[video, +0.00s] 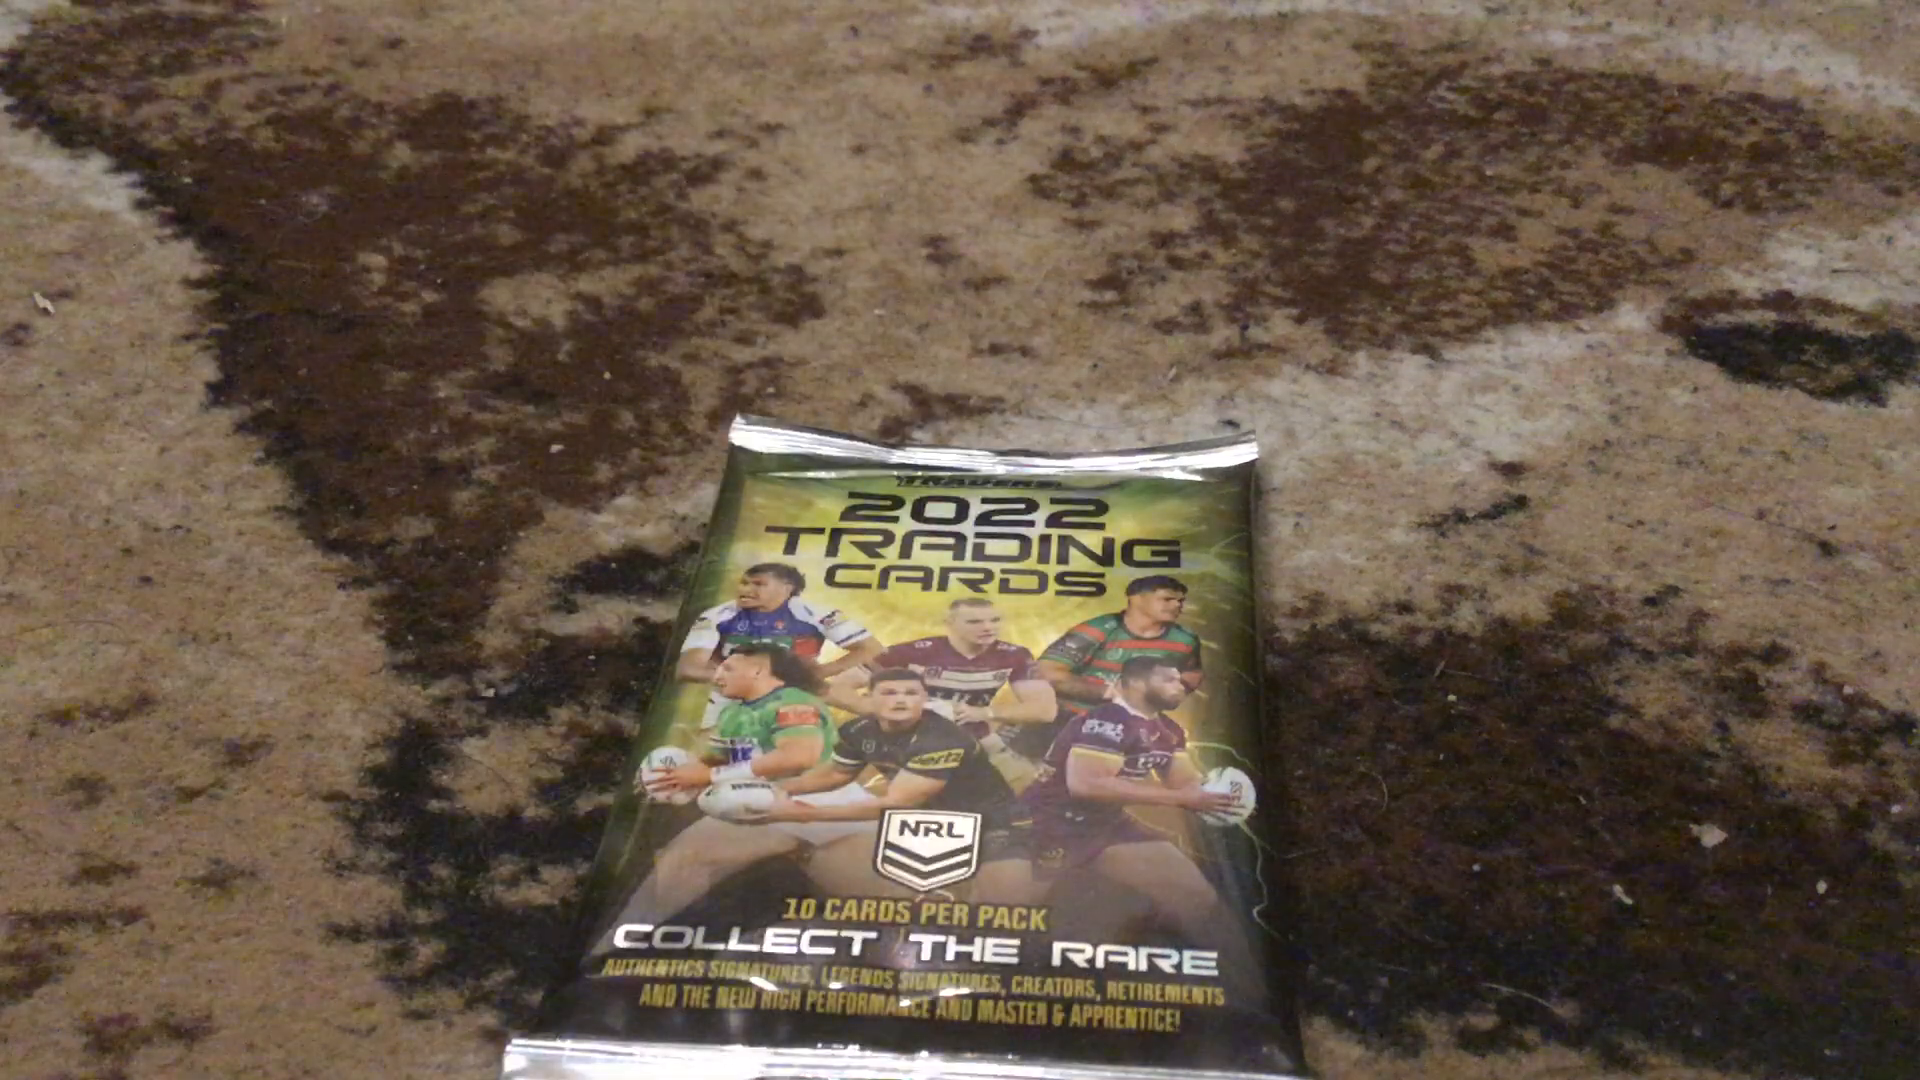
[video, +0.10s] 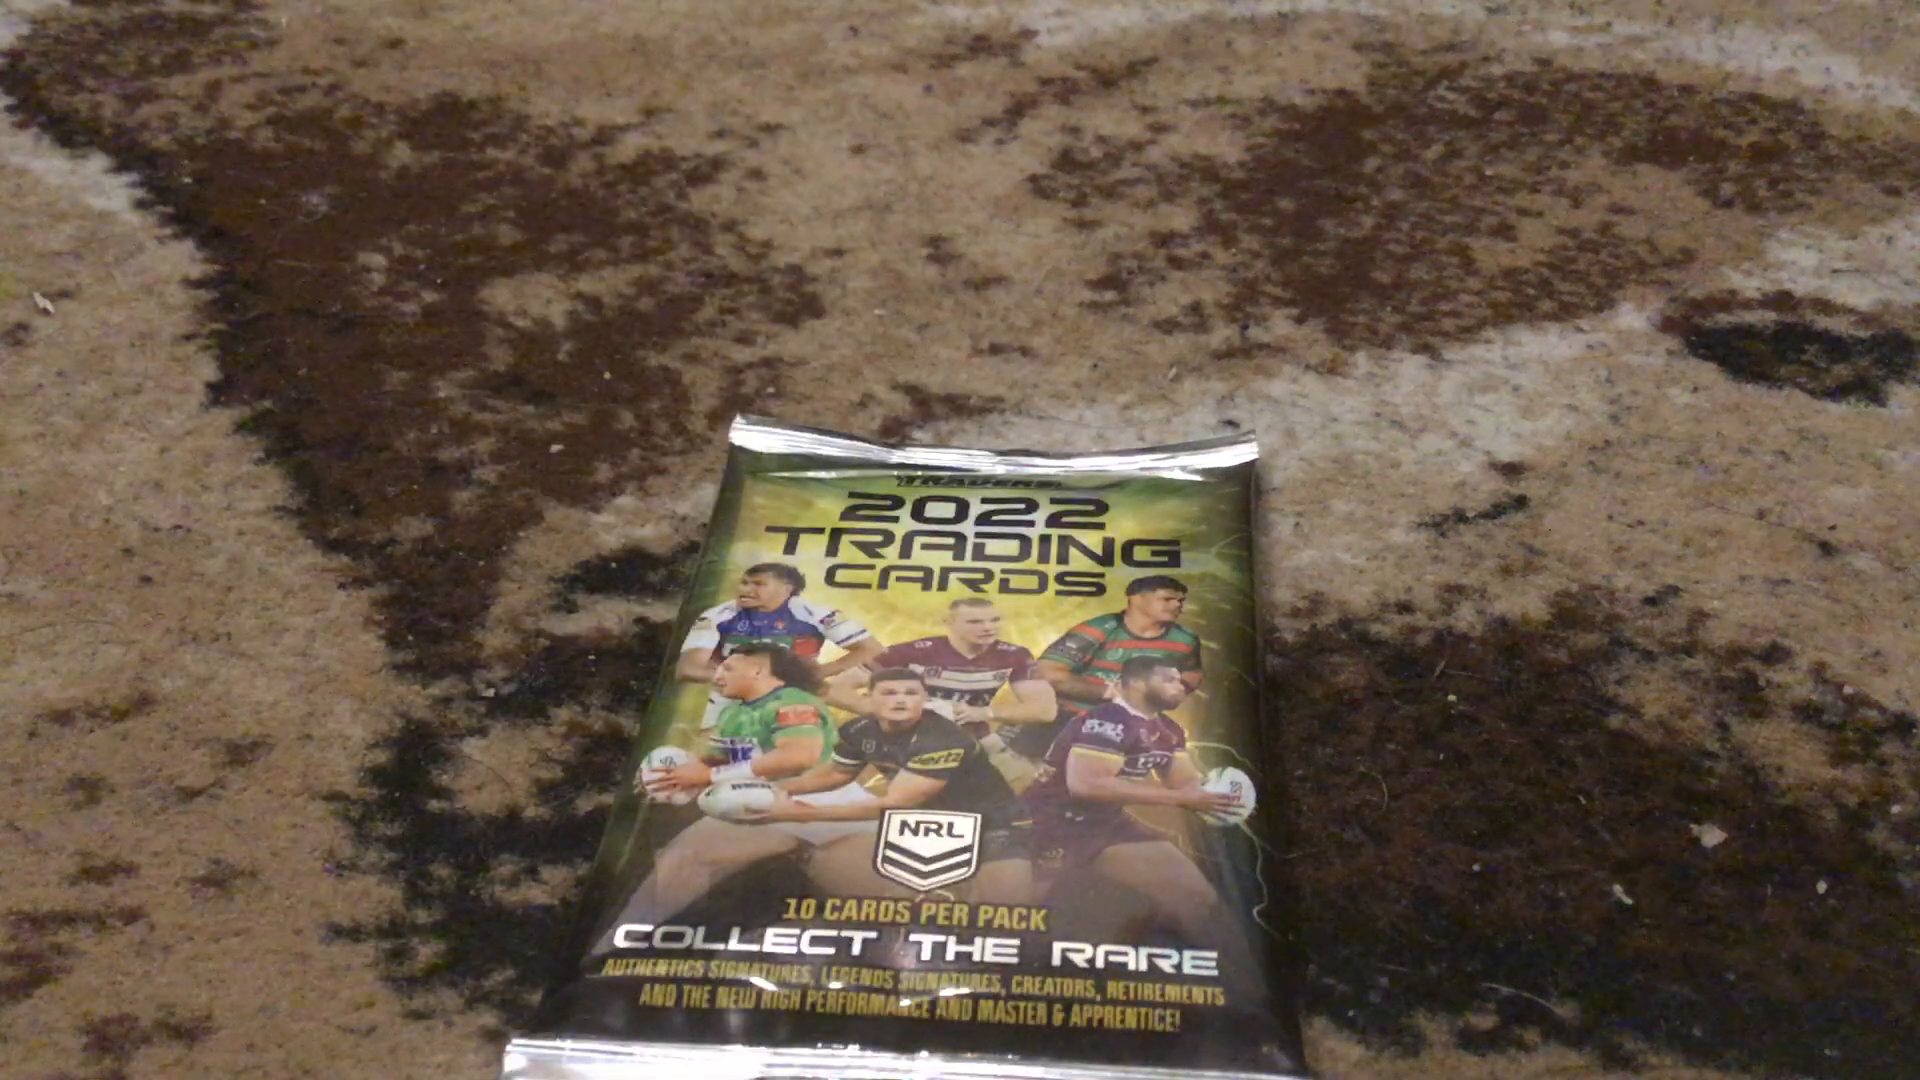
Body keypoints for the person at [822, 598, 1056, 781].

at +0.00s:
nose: (987, 629)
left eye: (993, 620)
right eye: (975, 622)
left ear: (1000, 621)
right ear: (950, 624)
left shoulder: (1015, 658)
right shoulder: (916, 653)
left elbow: (1045, 709)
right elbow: (836, 688)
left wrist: (988, 713)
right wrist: (891, 711)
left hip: (986, 749)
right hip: (924, 748)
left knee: (1037, 786)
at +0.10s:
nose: (987, 629)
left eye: (993, 620)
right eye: (975, 622)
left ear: (1000, 620)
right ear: (949, 623)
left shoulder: (1014, 658)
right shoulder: (917, 653)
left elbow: (1045, 709)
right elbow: (835, 688)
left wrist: (986, 713)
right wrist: (891, 711)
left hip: (986, 749)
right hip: (924, 748)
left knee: (1040, 786)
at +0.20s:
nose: (987, 629)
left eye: (993, 620)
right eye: (975, 622)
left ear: (1000, 621)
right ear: (950, 623)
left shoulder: (1014, 658)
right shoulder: (916, 653)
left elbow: (1045, 709)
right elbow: (835, 689)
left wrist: (985, 713)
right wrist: (893, 711)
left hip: (985, 747)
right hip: (922, 746)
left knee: (1037, 784)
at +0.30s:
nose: (987, 628)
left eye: (993, 620)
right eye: (975, 621)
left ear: (999, 621)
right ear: (950, 624)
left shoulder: (1014, 657)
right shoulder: (916, 653)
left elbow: (1045, 709)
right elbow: (836, 688)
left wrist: (987, 713)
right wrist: (889, 711)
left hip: (983, 747)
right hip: (923, 744)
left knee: (1034, 783)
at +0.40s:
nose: (987, 629)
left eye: (993, 620)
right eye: (975, 621)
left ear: (999, 621)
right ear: (949, 623)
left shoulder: (1014, 657)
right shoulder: (918, 653)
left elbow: (1045, 709)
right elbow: (835, 688)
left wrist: (985, 713)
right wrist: (892, 711)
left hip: (984, 747)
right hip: (923, 746)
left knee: (1035, 784)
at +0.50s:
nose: (987, 629)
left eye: (993, 620)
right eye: (975, 621)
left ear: (999, 620)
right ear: (949, 623)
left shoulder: (1015, 657)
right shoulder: (914, 653)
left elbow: (1045, 709)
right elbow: (834, 689)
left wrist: (984, 713)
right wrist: (888, 710)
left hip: (984, 747)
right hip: (922, 747)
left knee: (1041, 787)